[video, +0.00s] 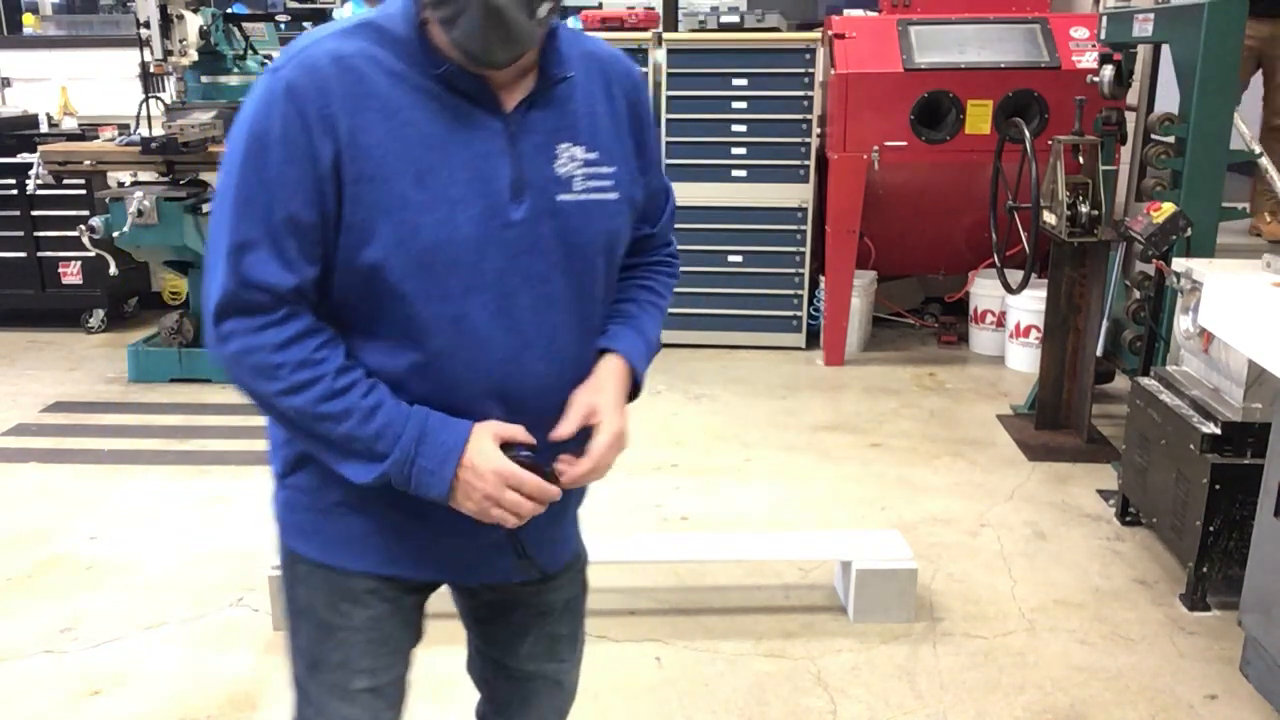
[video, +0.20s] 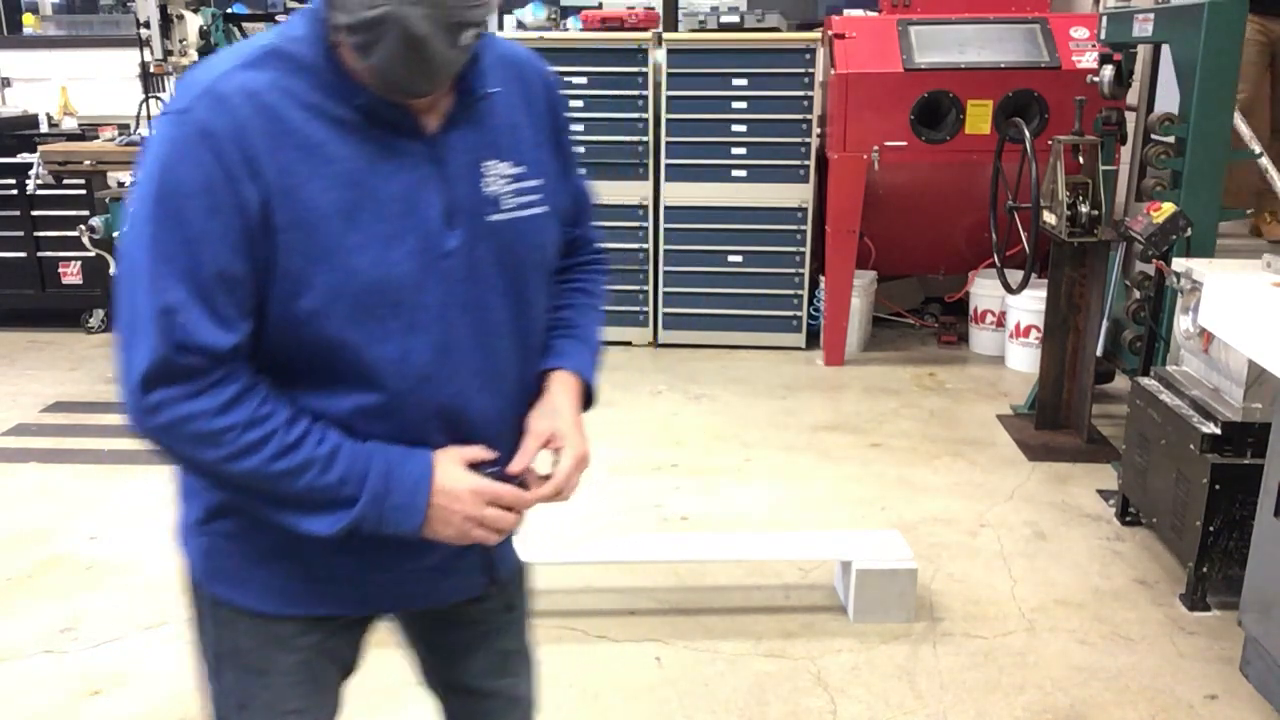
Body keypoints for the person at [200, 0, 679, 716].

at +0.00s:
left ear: (554, 4)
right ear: (431, 3)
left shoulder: (610, 87)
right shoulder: (311, 91)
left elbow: (650, 253)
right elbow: (251, 320)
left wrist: (617, 366)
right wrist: (432, 452)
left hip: (536, 509)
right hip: (354, 507)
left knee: (534, 710)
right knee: (348, 710)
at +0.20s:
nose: (433, 108)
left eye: (450, 79)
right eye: (401, 89)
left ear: (473, 29)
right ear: (342, 37)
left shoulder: (522, 89)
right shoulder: (221, 120)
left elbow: (576, 258)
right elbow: (175, 385)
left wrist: (563, 386)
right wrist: (402, 488)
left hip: (469, 543)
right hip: (278, 550)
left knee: (502, 708)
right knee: (276, 707)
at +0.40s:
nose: (348, 13)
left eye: (390, 34)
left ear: (429, 11)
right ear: (265, 6)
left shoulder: (454, 97)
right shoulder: (136, 140)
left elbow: (490, 272)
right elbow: (91, 429)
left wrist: (487, 408)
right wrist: (341, 533)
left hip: (394, 556)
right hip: (196, 575)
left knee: (430, 708)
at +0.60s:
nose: (312, 45)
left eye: (350, 10)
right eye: (279, 9)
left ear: (411, 16)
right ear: (225, 8)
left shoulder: (426, 110)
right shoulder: (102, 175)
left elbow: (455, 272)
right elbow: (45, 466)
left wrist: (498, 416)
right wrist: (270, 608)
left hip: (345, 570)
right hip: (157, 597)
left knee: (368, 709)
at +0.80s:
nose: (307, 78)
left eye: (345, 39)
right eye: (269, 34)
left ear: (403, 29)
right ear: (210, 21)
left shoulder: (416, 118)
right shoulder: (76, 209)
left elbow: (452, 277)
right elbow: (23, 497)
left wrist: (542, 411)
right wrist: (195, 673)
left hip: (337, 593)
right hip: (149, 636)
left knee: (355, 711)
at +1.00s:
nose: (300, 92)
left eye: (340, 52)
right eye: (262, 51)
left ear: (396, 39)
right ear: (203, 37)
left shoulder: (418, 125)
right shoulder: (64, 215)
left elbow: (468, 290)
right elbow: (15, 502)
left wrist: (555, 441)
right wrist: (168, 688)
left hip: (326, 570)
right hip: (149, 610)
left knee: (348, 708)